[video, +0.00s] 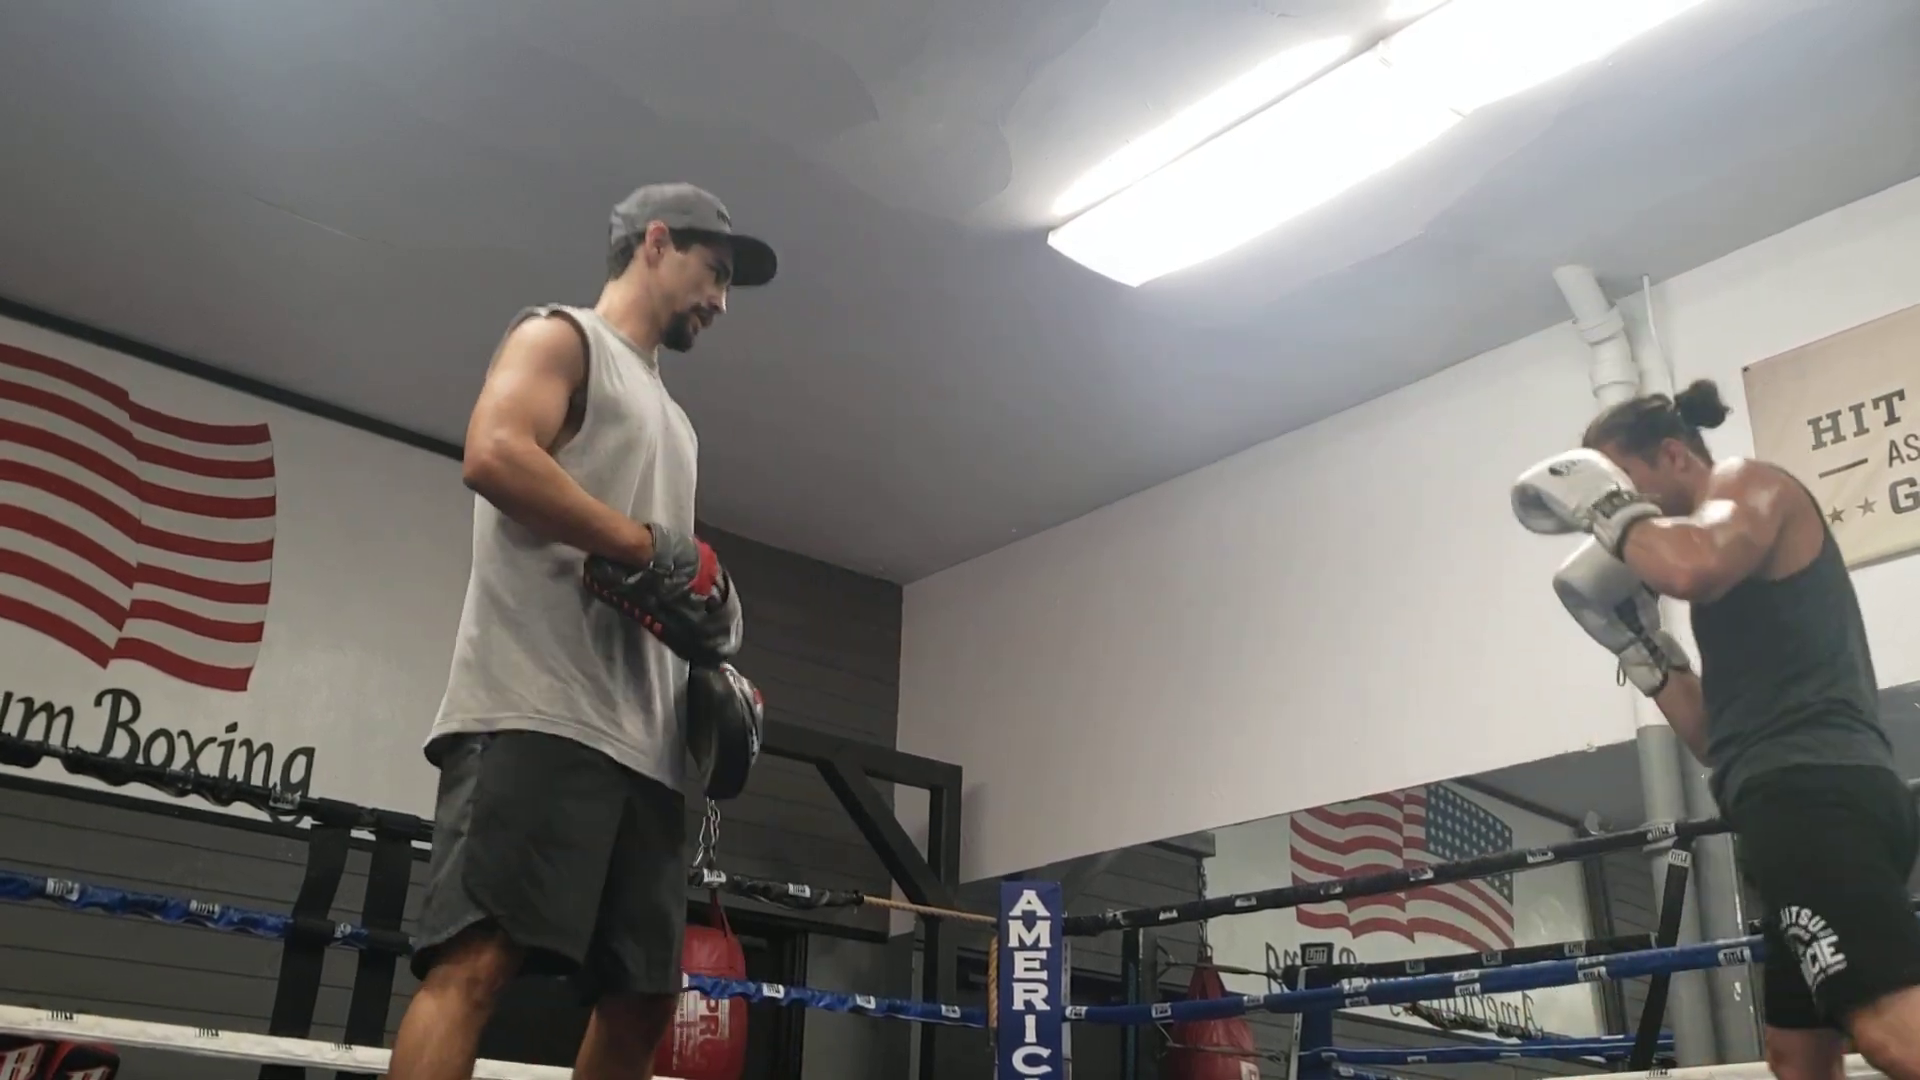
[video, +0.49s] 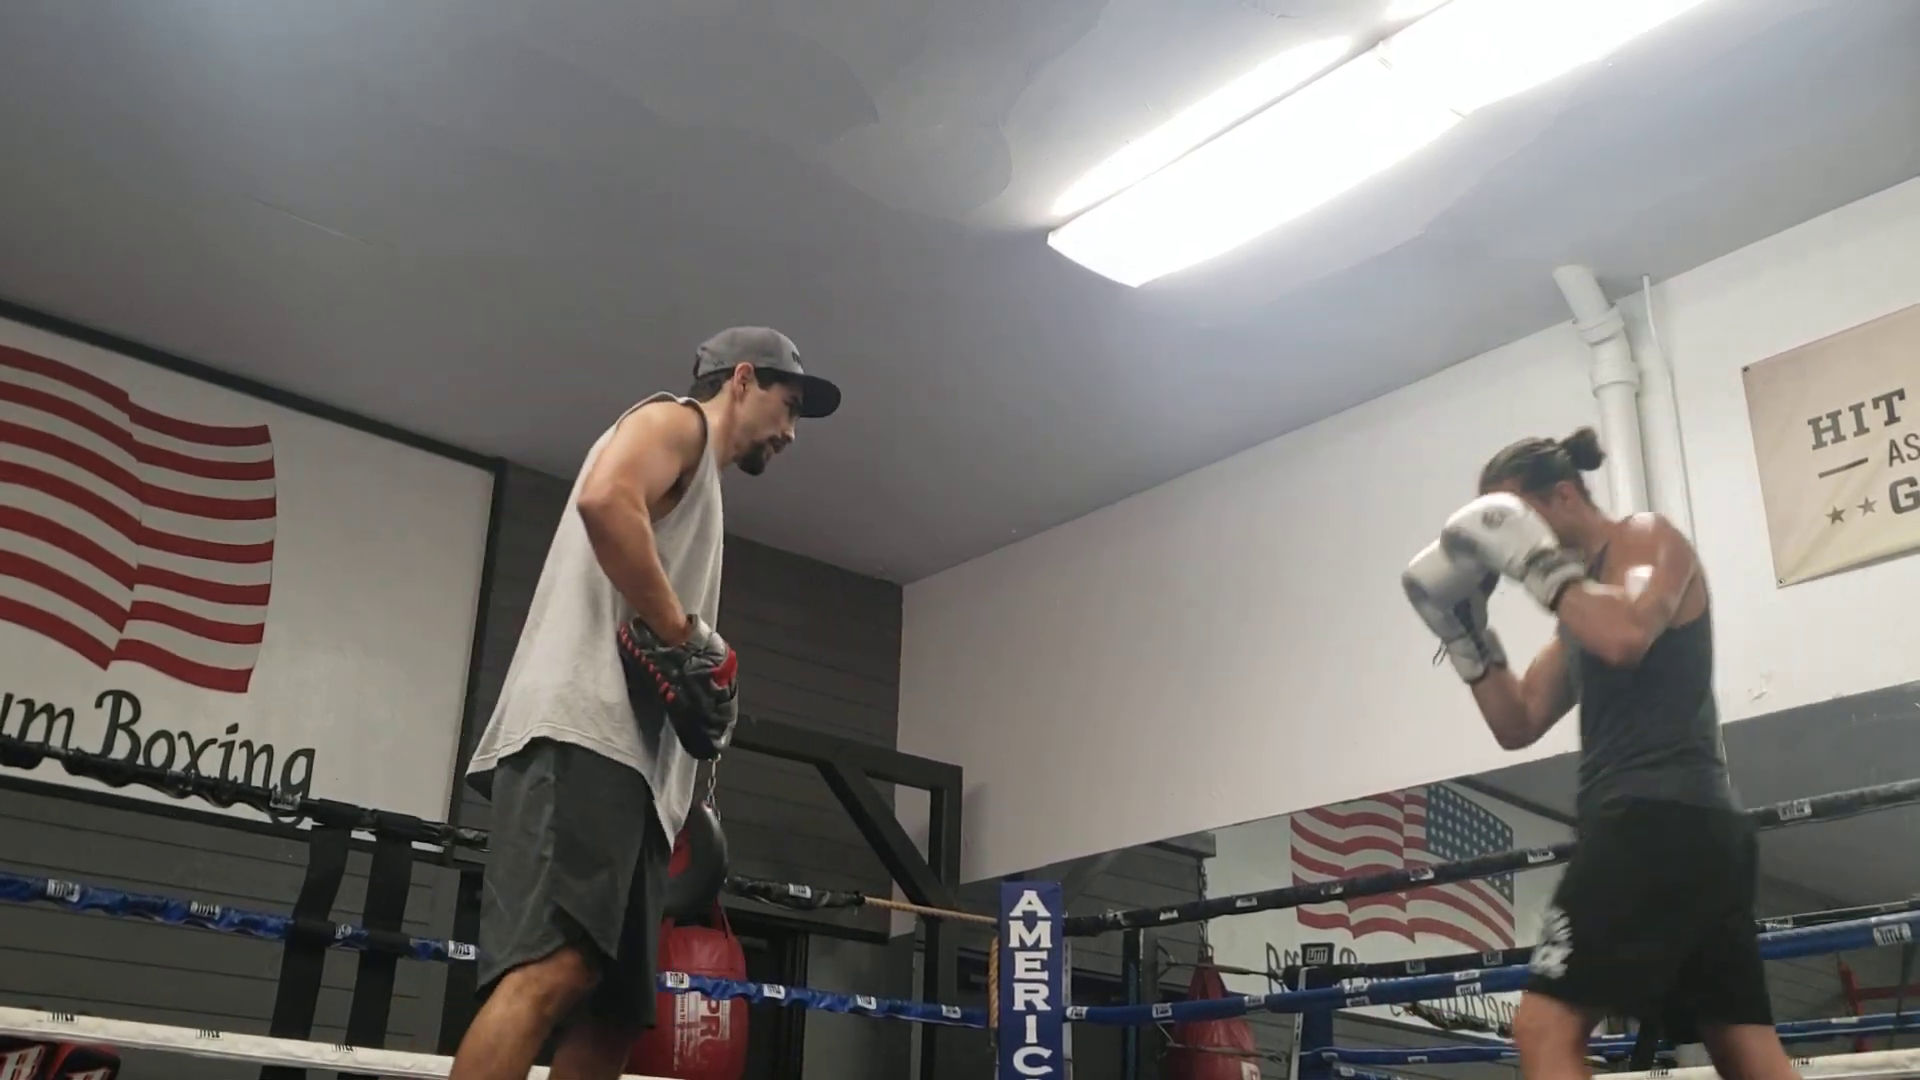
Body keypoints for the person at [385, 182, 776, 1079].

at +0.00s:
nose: (721, 300)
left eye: (730, 285)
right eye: (714, 269)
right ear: (654, 242)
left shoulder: (673, 422)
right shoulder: (557, 335)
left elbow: (663, 573)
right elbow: (496, 454)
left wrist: (713, 668)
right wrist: (652, 550)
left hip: (642, 736)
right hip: (534, 704)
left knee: (640, 1000)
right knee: (474, 962)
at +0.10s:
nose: (738, 341)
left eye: (746, 326)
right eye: (731, 312)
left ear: (691, 304)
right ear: (674, 286)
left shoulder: (677, 457)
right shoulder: (583, 370)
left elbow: (654, 603)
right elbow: (512, 482)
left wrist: (717, 689)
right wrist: (656, 591)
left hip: (638, 756)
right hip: (542, 724)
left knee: (629, 1016)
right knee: (495, 966)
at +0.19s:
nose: (755, 370)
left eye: (763, 354)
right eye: (749, 342)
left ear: (704, 330)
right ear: (697, 318)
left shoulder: (677, 472)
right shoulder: (610, 394)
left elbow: (667, 624)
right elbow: (535, 500)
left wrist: (717, 713)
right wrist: (662, 619)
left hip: (641, 770)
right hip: (559, 740)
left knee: (632, 1018)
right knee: (503, 969)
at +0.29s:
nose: (773, 395)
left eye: (781, 379)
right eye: (769, 368)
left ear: (722, 356)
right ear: (719, 344)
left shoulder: (687, 480)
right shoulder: (639, 409)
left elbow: (664, 623)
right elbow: (569, 508)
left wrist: (704, 735)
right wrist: (669, 642)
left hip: (645, 774)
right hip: (570, 742)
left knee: (631, 1015)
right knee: (506, 967)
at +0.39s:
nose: (787, 414)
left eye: (794, 399)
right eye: (783, 387)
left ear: (736, 373)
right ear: (735, 362)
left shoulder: (693, 486)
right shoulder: (659, 414)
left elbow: (655, 635)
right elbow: (595, 504)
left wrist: (695, 775)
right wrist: (677, 648)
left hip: (637, 764)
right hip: (574, 732)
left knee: (622, 1011)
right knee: (535, 961)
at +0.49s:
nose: (791, 432)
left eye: (798, 415)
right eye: (788, 405)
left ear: (743, 389)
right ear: (741, 379)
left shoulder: (697, 497)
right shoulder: (673, 420)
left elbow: (665, 656)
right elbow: (607, 497)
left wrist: (692, 793)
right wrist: (682, 639)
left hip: (633, 757)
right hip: (579, 731)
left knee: (613, 1005)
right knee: (554, 967)